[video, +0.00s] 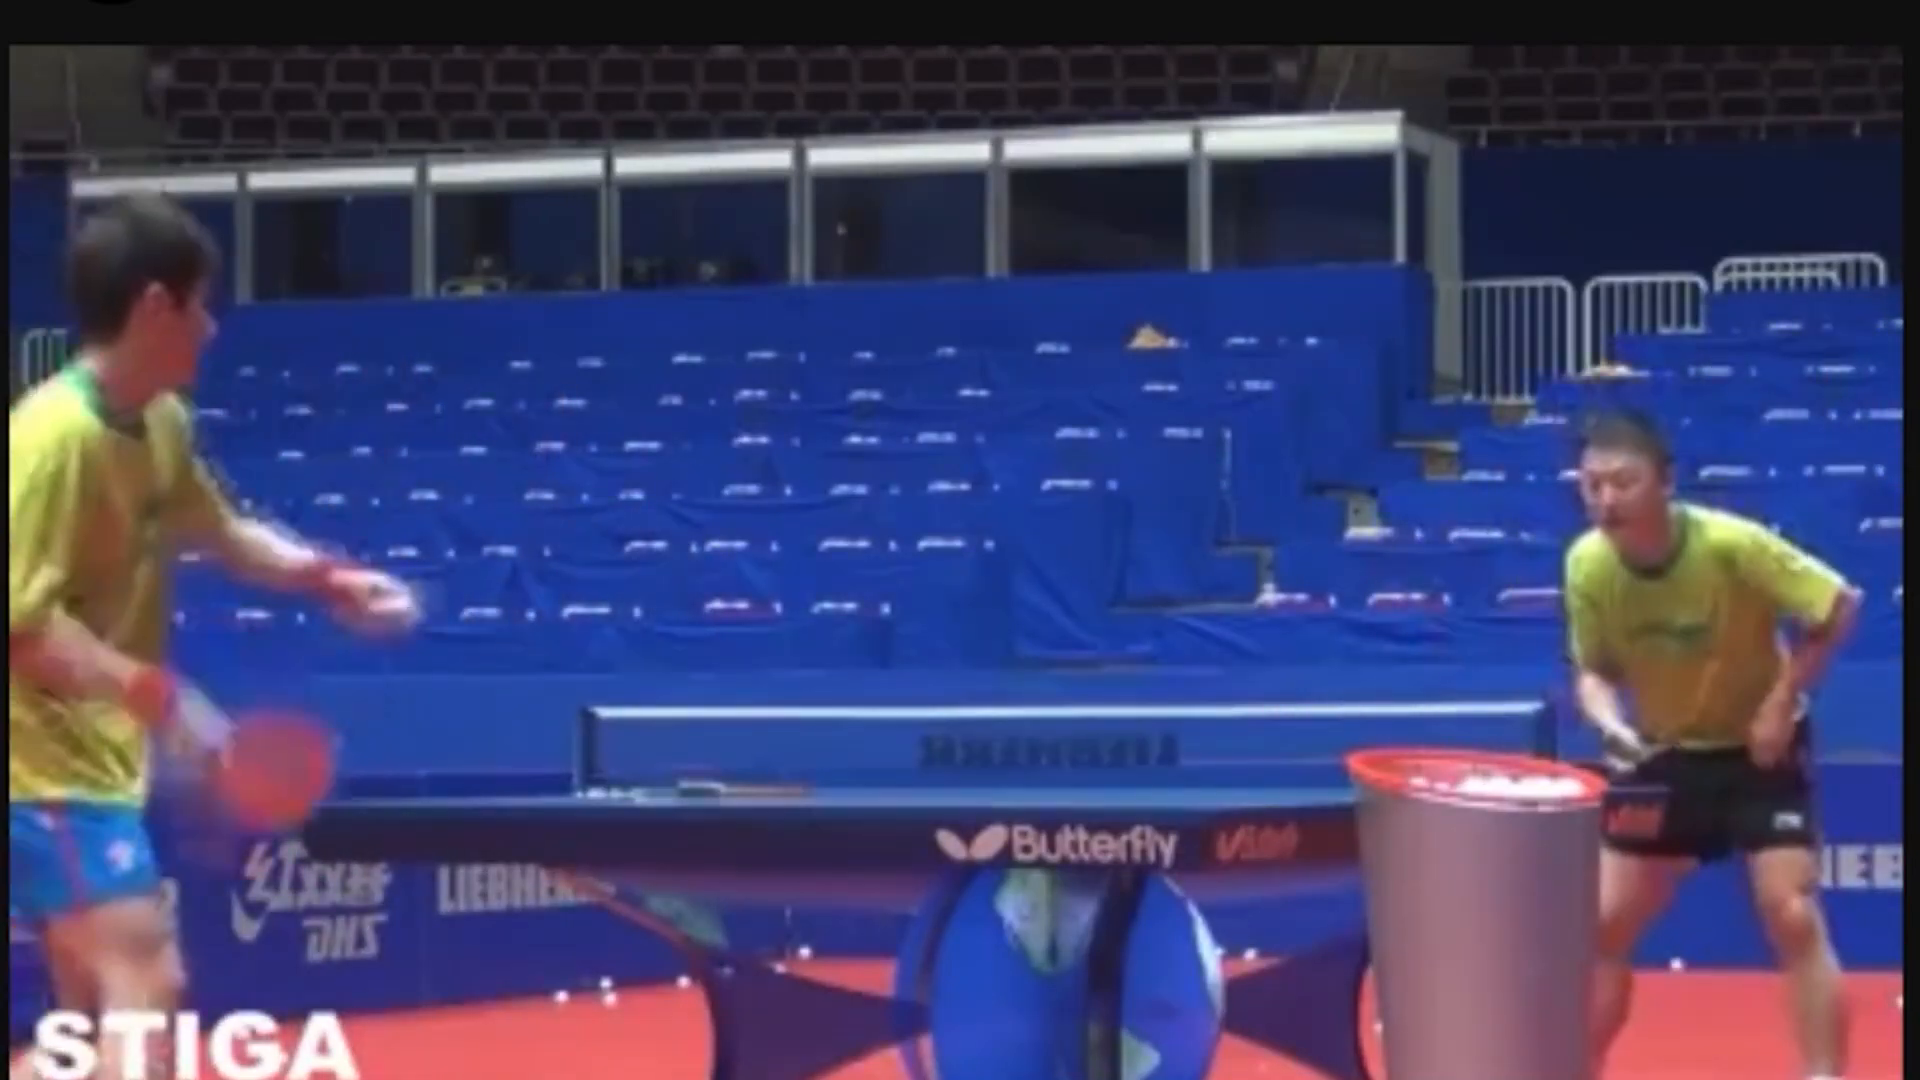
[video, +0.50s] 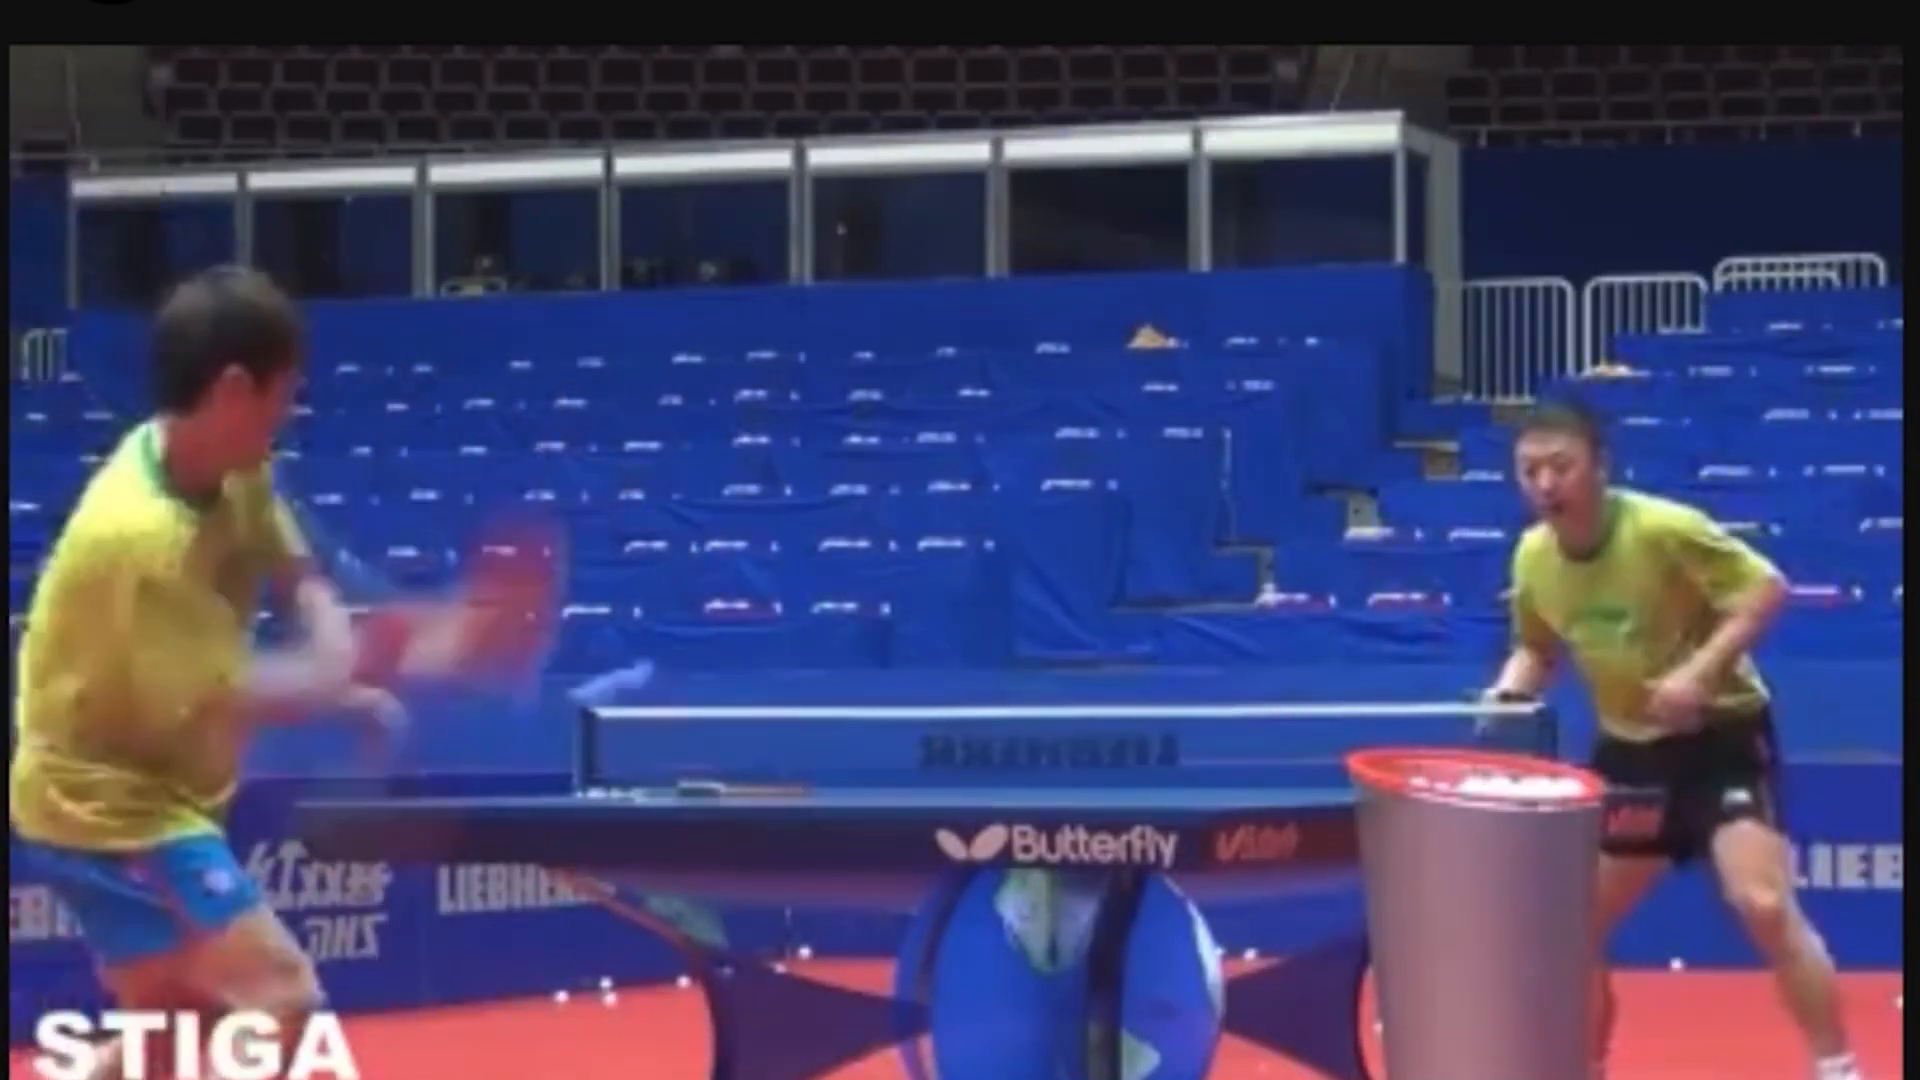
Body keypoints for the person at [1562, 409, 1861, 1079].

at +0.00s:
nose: (1605, 500)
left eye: (1621, 482)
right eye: (1593, 484)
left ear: (1663, 481)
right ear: (1582, 488)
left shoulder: (1731, 546)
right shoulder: (1588, 564)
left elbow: (1840, 604)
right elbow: (1591, 671)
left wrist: (1785, 699)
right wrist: (1612, 726)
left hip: (1757, 752)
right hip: (1662, 758)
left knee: (1792, 915)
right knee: (1604, 922)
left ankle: (1824, 1070)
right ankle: (1578, 1068)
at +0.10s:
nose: (1599, 503)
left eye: (1615, 484)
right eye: (1587, 486)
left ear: (1656, 481)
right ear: (1576, 488)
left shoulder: (1725, 546)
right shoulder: (1583, 561)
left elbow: (1835, 603)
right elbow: (1574, 664)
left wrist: (1783, 697)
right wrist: (1588, 726)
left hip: (1757, 752)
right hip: (1665, 755)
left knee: (1789, 915)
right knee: (1603, 919)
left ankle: (1823, 1070)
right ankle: (1581, 1068)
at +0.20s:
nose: (1587, 500)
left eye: (1604, 482)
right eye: (1575, 484)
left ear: (1643, 483)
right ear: (1563, 489)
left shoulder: (1706, 547)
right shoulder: (1567, 559)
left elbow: (1818, 605)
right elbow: (1552, 653)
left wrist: (1765, 695)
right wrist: (1541, 719)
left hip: (1739, 750)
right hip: (1648, 755)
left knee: (1778, 917)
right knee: (1589, 920)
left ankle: (1821, 1071)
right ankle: (1586, 1069)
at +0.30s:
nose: (1570, 496)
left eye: (1586, 478)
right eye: (1557, 480)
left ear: (1623, 480)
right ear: (1545, 489)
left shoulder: (1685, 547)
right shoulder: (1547, 565)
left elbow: (1791, 608)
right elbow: (1529, 657)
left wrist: (1729, 704)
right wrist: (1511, 703)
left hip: (1723, 755)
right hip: (1632, 762)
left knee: (1761, 921)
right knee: (1568, 922)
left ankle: (1817, 1070)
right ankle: (1581, 1068)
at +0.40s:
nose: (1552, 489)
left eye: (1567, 472)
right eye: (1539, 474)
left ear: (1605, 472)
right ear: (1528, 480)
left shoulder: (1669, 538)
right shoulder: (1535, 561)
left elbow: (1770, 597)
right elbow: (1524, 654)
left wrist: (1708, 688)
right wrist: (1503, 687)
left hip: (1717, 746)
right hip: (1627, 758)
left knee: (1757, 913)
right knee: (1568, 922)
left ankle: (1820, 1066)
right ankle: (1581, 1068)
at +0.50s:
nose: (1546, 485)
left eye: (1560, 467)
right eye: (1531, 471)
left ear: (1598, 466)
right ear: (1521, 479)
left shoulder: (1662, 530)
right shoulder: (1533, 556)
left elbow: (1765, 587)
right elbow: (1537, 645)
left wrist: (1697, 674)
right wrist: (1517, 681)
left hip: (1721, 735)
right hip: (1629, 749)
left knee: (1764, 906)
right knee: (1572, 924)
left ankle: (1834, 1065)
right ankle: (1583, 1068)